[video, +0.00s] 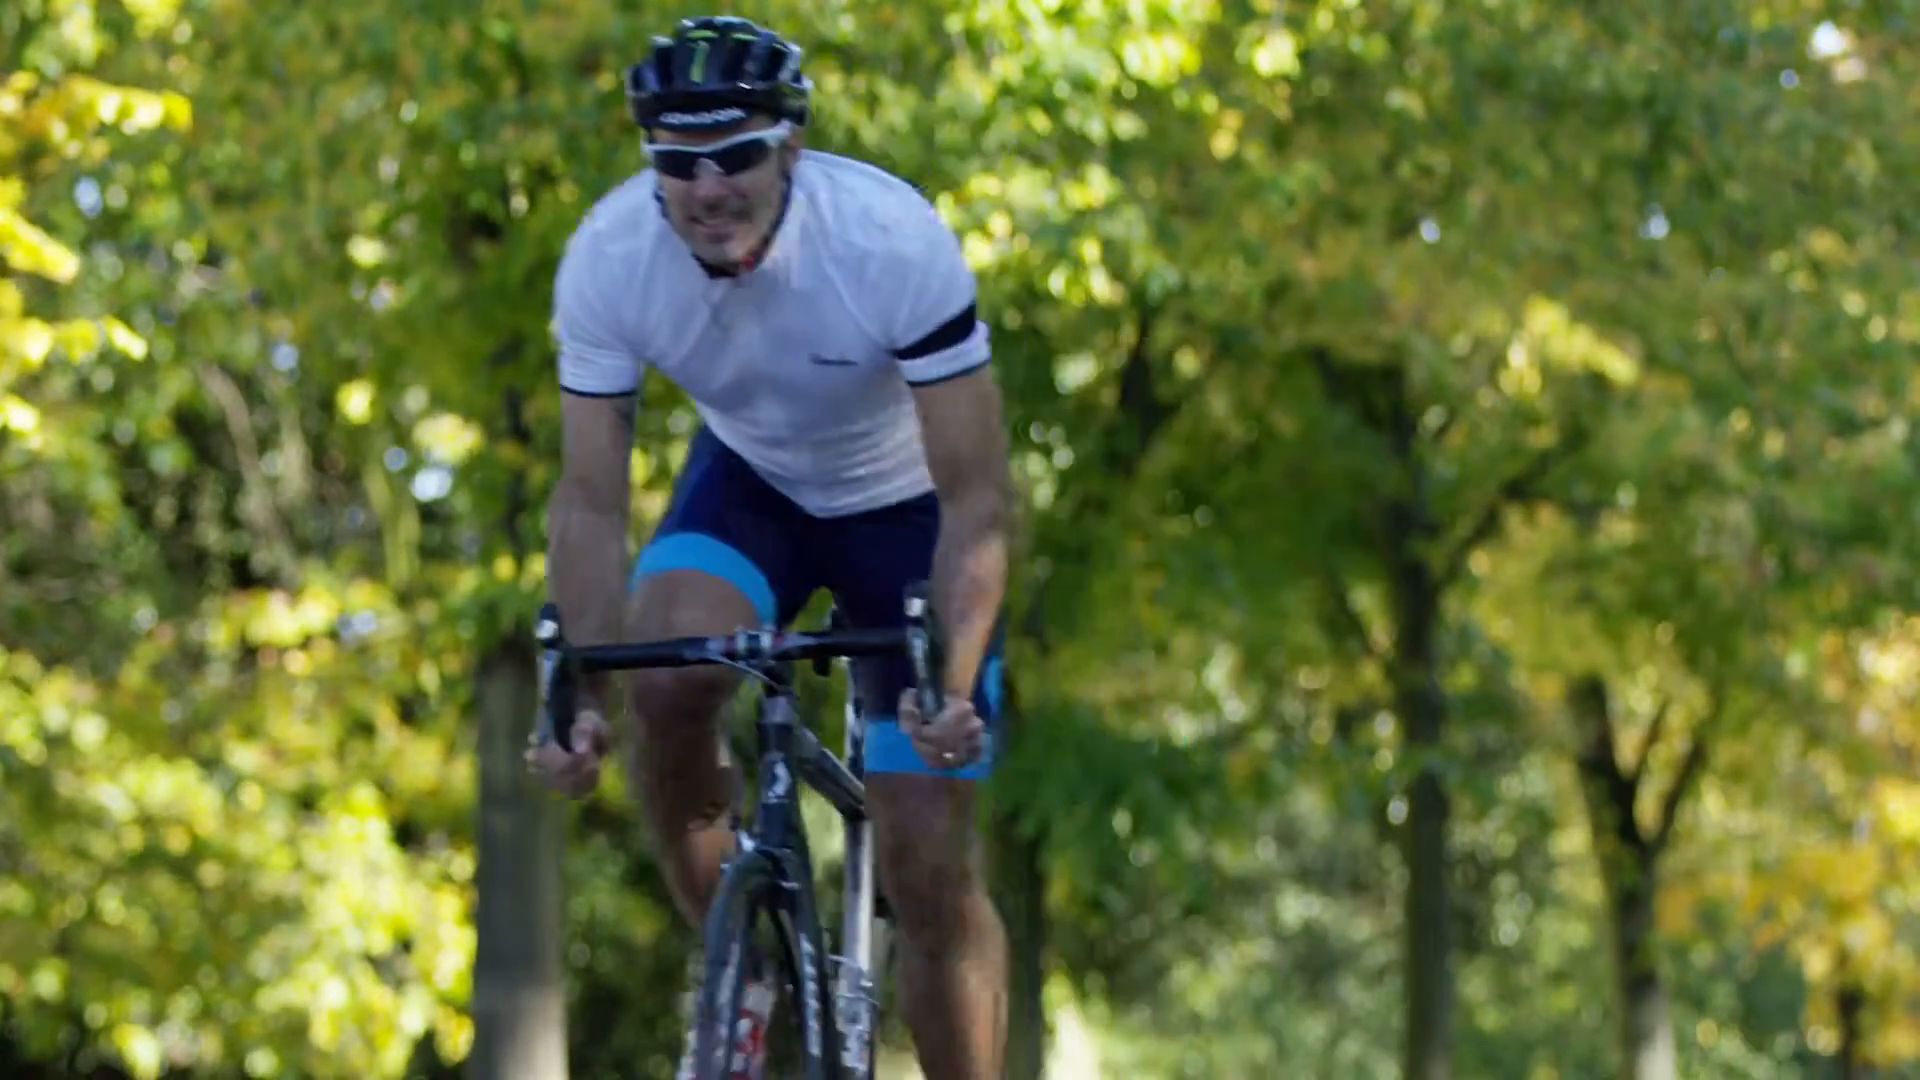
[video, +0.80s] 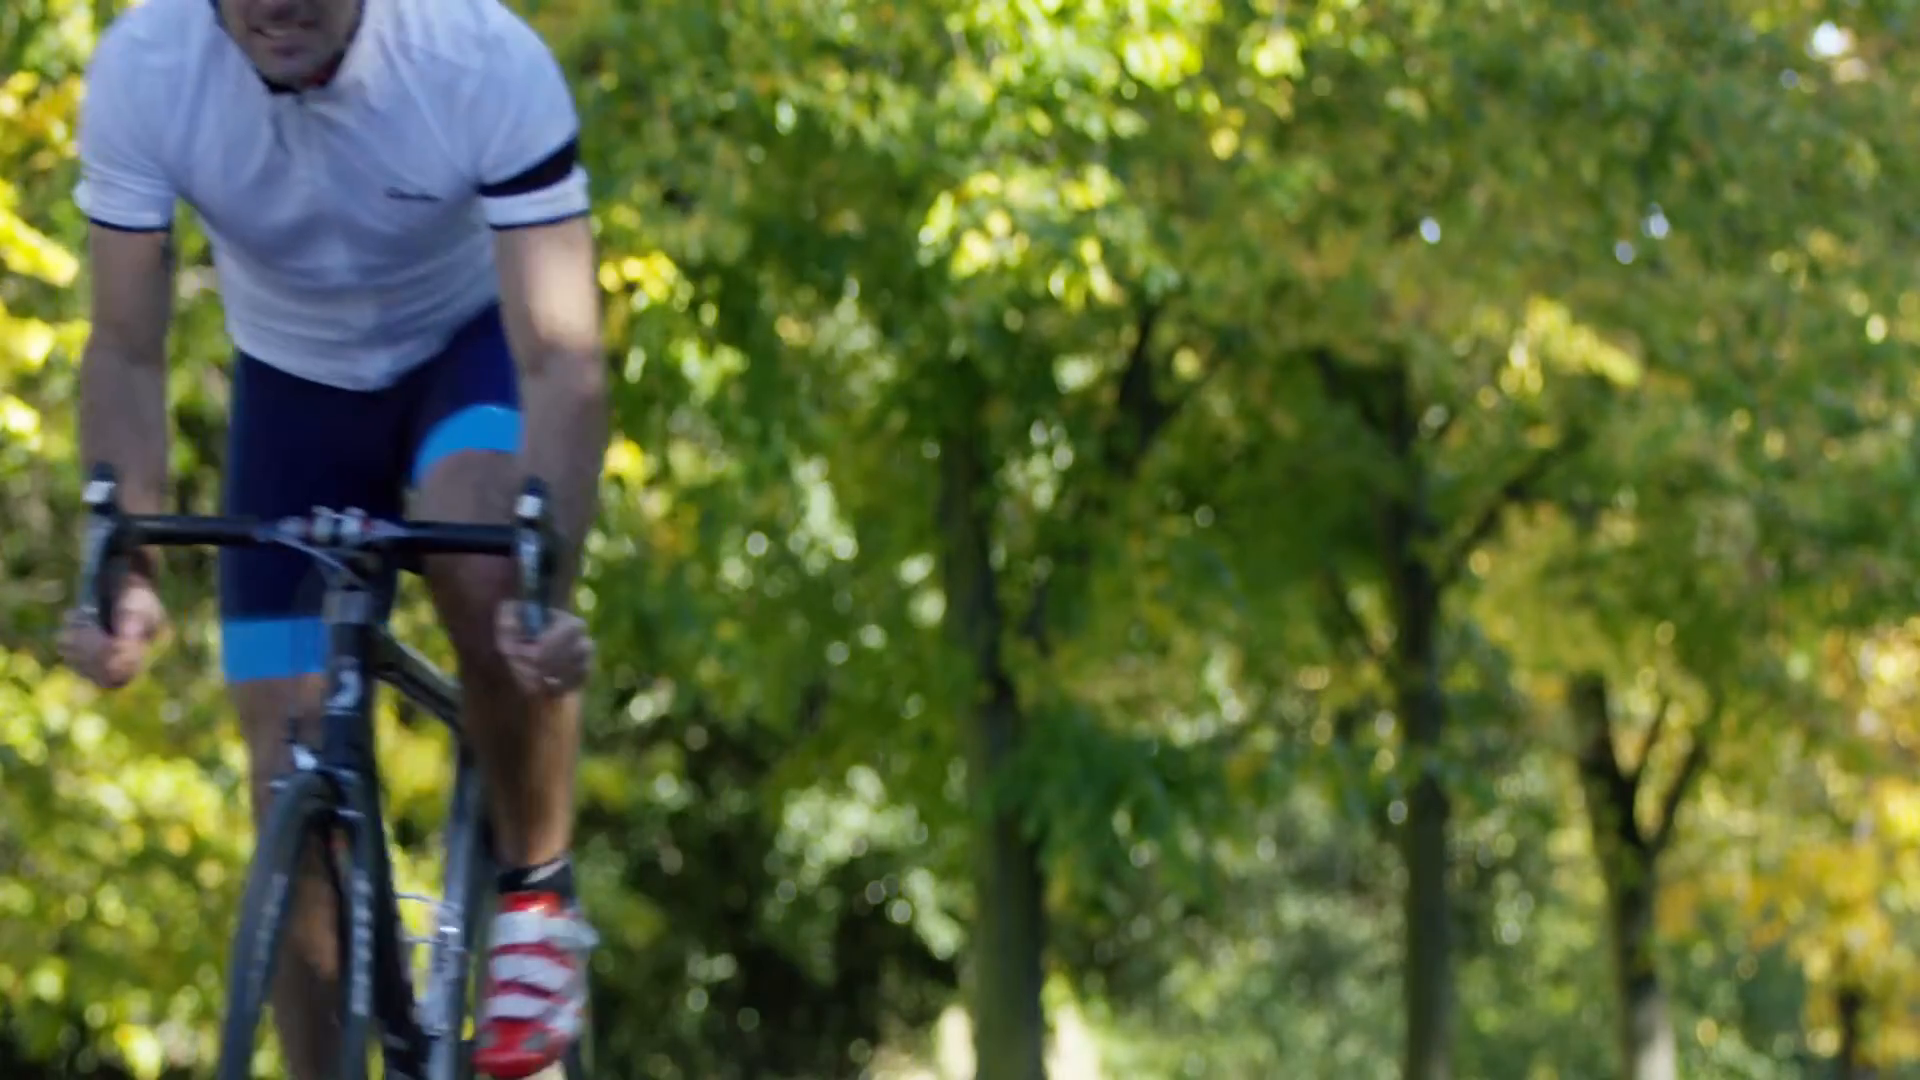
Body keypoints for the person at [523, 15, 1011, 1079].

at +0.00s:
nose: (709, 188)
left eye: (737, 157)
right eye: (680, 163)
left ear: (792, 150)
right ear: (650, 162)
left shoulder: (899, 244)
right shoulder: (608, 261)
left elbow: (977, 493)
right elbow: (588, 494)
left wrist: (952, 686)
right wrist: (582, 683)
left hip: (905, 498)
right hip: (745, 475)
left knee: (925, 861)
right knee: (665, 672)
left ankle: (959, 1071)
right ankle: (735, 975)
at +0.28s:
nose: (566, 130)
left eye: (597, 97)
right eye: (534, 101)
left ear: (652, 77)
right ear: (500, 92)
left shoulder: (758, 180)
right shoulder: (450, 196)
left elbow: (837, 433)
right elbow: (456, 439)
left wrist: (840, 655)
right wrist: (456, 638)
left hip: (764, 437)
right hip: (597, 438)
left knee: (798, 787)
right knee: (564, 741)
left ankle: (869, 1046)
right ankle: (600, 1059)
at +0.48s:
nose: (461, 80)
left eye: (492, 45)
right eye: (427, 51)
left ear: (550, 29)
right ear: (395, 49)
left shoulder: (663, 144)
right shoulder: (339, 151)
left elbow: (734, 410)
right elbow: (343, 407)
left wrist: (739, 631)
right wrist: (347, 599)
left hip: (661, 420)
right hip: (484, 435)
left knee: (682, 704)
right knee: (477, 771)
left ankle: (767, 954)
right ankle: (496, 1073)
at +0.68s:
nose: (354, 31)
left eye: (387, 5)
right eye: (321, 7)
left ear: (439, 4)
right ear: (287, 11)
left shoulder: (554, 96)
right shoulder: (221, 107)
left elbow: (629, 378)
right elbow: (210, 369)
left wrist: (632, 615)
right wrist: (207, 579)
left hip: (541, 377)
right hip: (362, 404)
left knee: (561, 611)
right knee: (367, 799)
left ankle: (628, 885)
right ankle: (389, 1070)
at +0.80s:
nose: (273, 4)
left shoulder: (487, 62)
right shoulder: (144, 69)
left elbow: (564, 351)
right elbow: (124, 344)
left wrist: (554, 584)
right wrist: (122, 555)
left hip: (471, 333)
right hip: (288, 363)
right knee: (291, 792)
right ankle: (323, 1074)